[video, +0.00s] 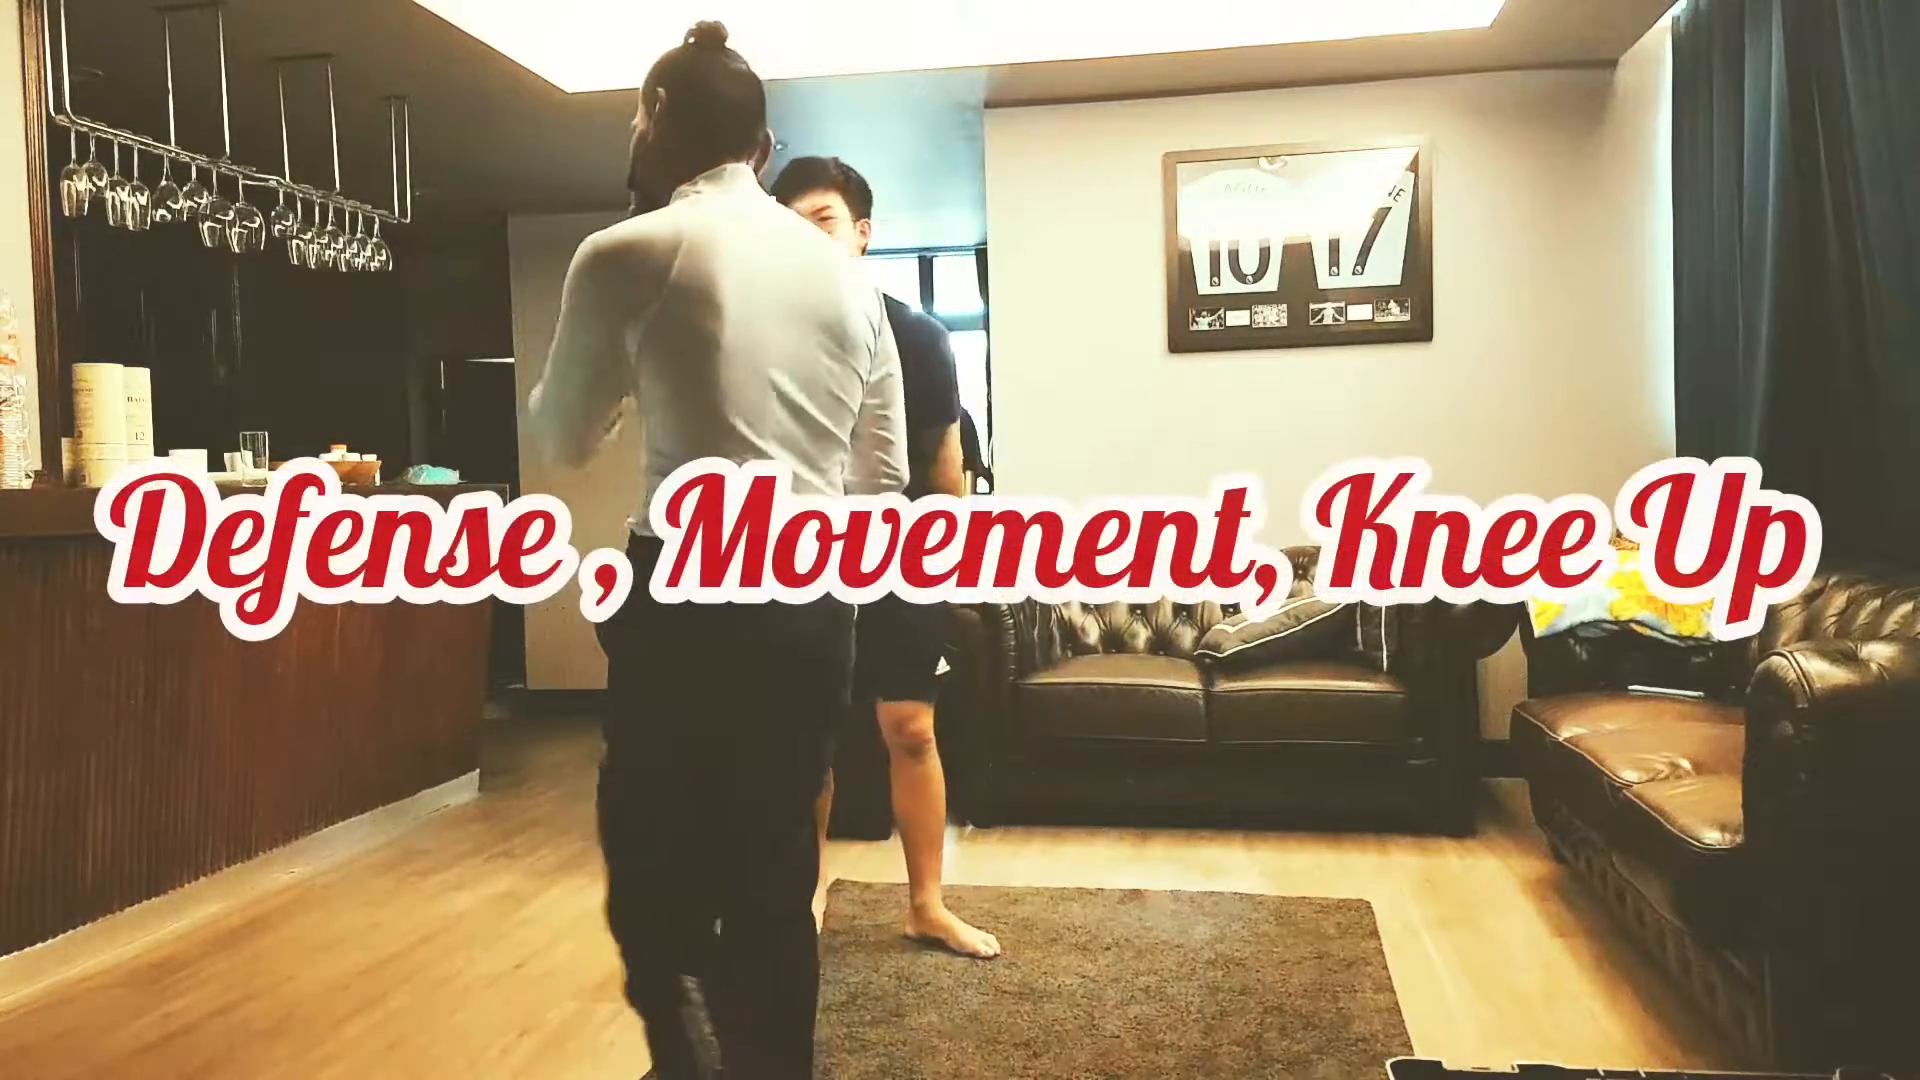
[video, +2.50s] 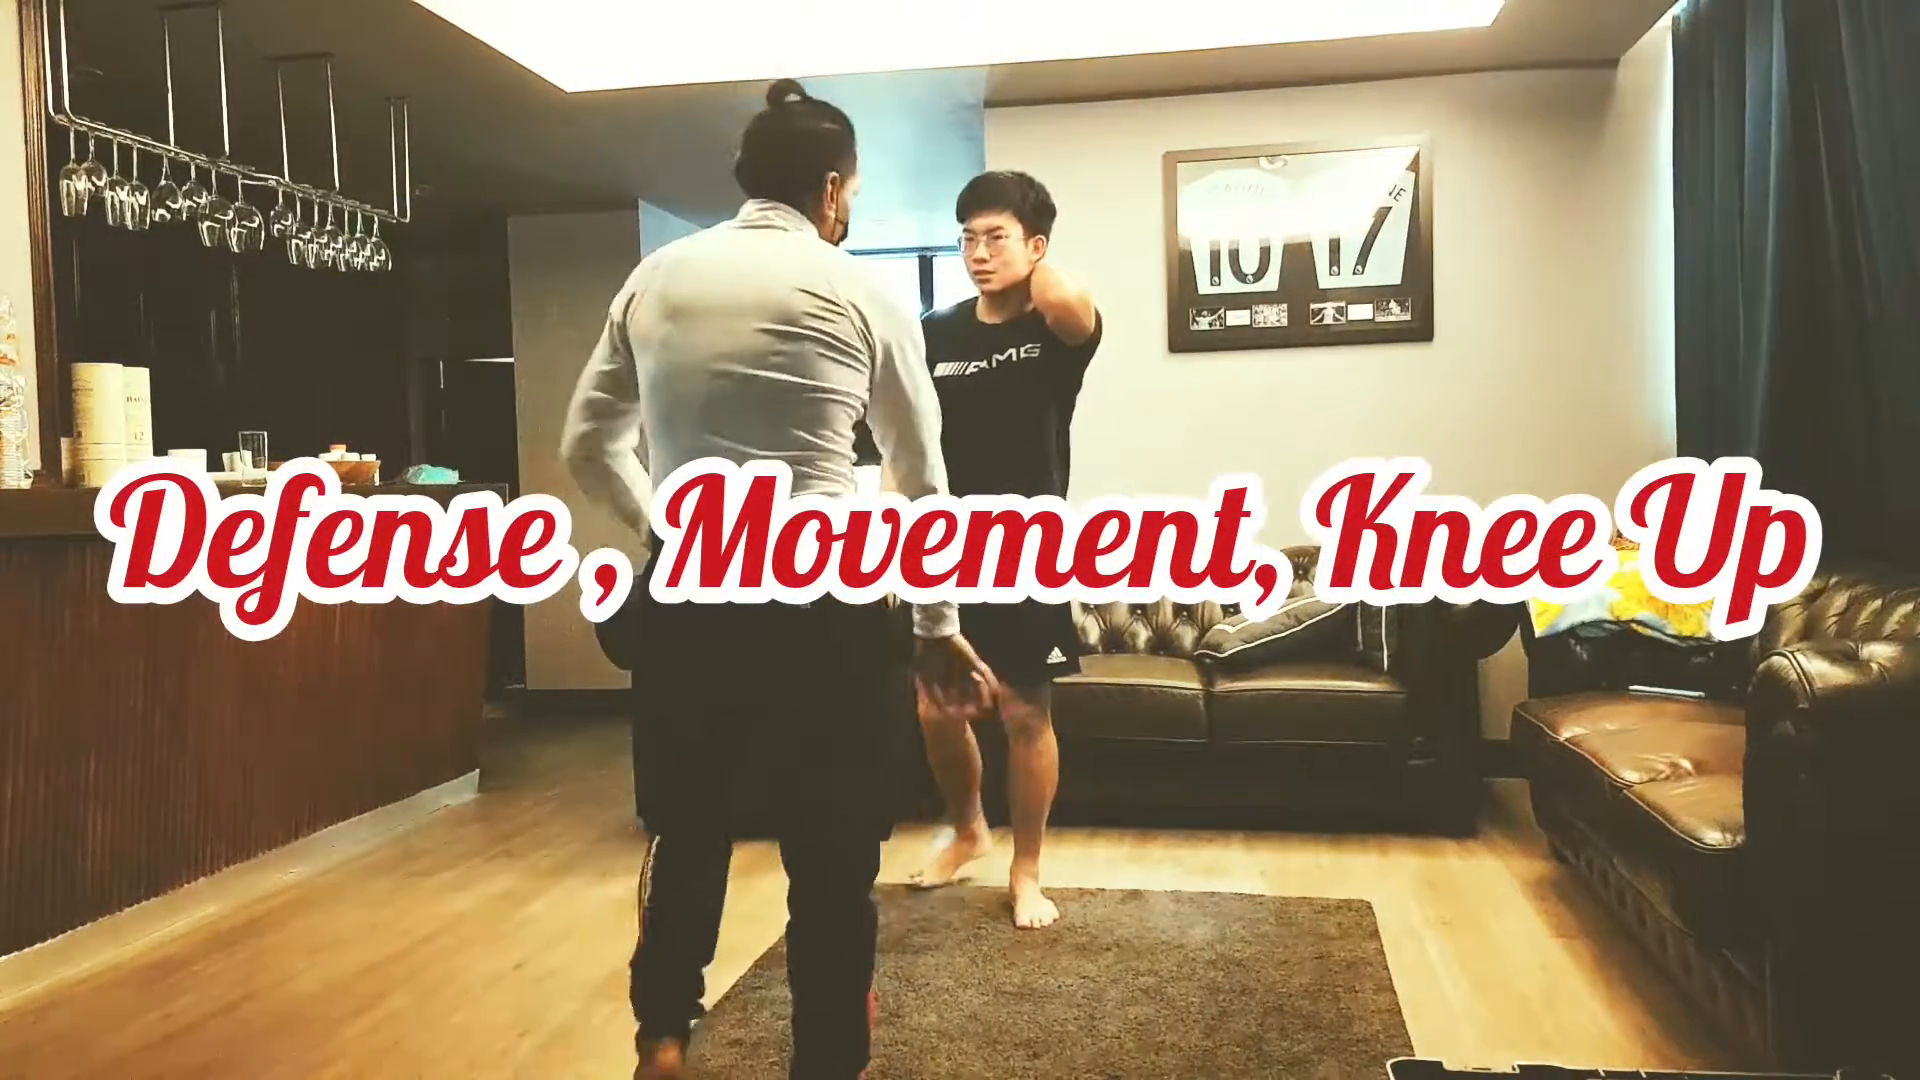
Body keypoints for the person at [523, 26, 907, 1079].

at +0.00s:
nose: (633, 132)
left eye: (640, 115)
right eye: (637, 115)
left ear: (660, 124)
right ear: (758, 138)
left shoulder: (626, 252)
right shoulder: (841, 267)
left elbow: (561, 445)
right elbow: (880, 466)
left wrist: (628, 372)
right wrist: (826, 580)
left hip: (682, 605)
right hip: (810, 614)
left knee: (650, 882)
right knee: (777, 882)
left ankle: (689, 1052)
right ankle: (777, 1062)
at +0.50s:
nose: (806, 213)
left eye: (802, 201)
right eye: (804, 199)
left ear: (684, 191)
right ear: (781, 190)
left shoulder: (598, 278)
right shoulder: (823, 276)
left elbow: (514, 432)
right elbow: (910, 425)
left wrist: (622, 456)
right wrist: (885, 570)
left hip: (653, 609)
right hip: (796, 609)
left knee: (657, 864)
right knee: (786, 873)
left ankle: (664, 1065)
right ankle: (778, 1064)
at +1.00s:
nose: (788, 199)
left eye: (783, 185)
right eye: (783, 185)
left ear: (678, 191)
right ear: (757, 181)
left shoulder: (594, 279)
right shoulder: (780, 236)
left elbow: (458, 364)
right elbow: (798, 273)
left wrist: (558, 504)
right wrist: (815, 464)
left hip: (639, 593)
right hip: (768, 589)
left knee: (661, 855)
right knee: (836, 848)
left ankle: (669, 1064)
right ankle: (783, 1066)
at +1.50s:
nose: (806, 161)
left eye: (803, 146)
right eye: (802, 146)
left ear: (690, 148)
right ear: (778, 149)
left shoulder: (602, 237)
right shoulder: (808, 224)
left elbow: (449, 313)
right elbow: (860, 256)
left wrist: (533, 483)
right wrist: (816, 447)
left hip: (629, 603)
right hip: (772, 605)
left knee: (619, 872)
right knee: (764, 897)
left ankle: (568, 1069)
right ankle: (745, 1070)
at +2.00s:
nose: (749, 173)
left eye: (744, 155)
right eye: (742, 156)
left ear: (637, 171)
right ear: (717, 161)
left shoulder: (548, 267)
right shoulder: (764, 243)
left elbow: (409, 389)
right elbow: (823, 347)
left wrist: (507, 505)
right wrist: (856, 492)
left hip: (595, 602)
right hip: (748, 597)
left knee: (589, 902)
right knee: (809, 879)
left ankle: (555, 1074)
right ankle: (819, 1062)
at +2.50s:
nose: (850, 205)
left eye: (851, 188)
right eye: (850, 187)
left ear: (743, 181)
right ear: (830, 191)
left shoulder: (654, 279)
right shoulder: (863, 298)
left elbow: (589, 440)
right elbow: (921, 482)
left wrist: (668, 545)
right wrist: (939, 625)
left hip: (689, 627)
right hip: (829, 629)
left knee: (689, 835)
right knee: (833, 867)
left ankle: (662, 1048)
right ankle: (830, 1061)